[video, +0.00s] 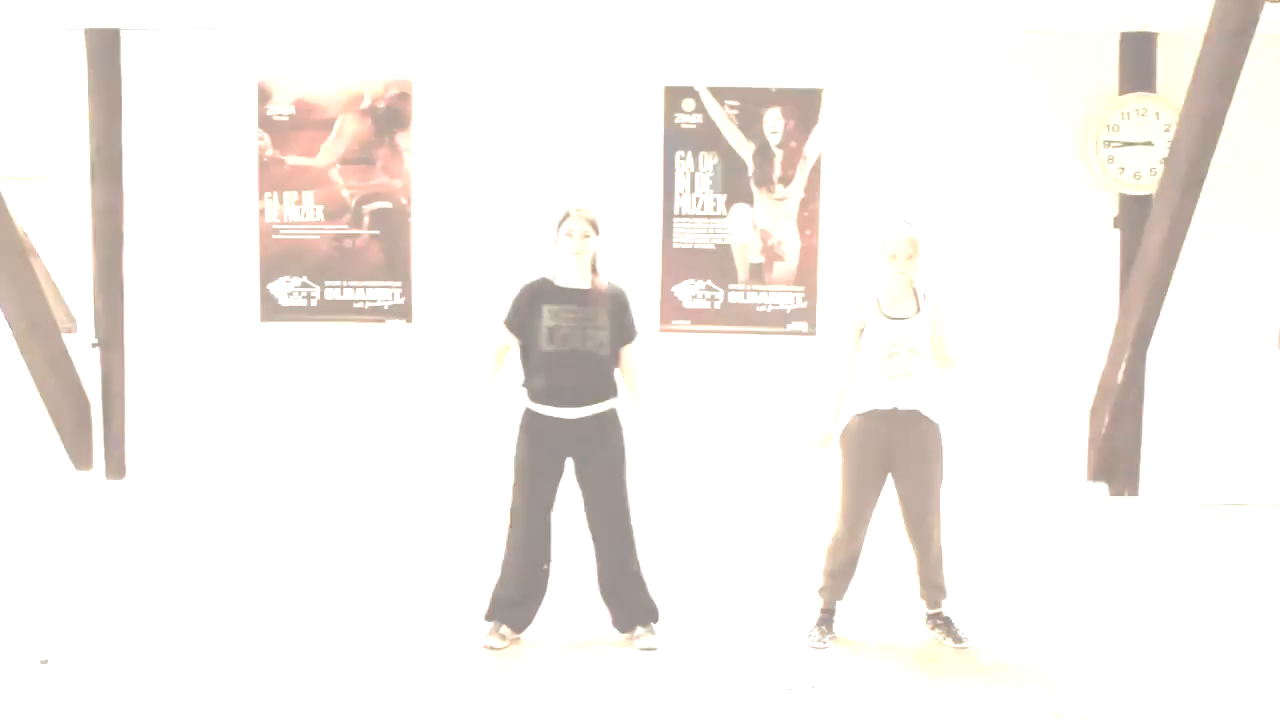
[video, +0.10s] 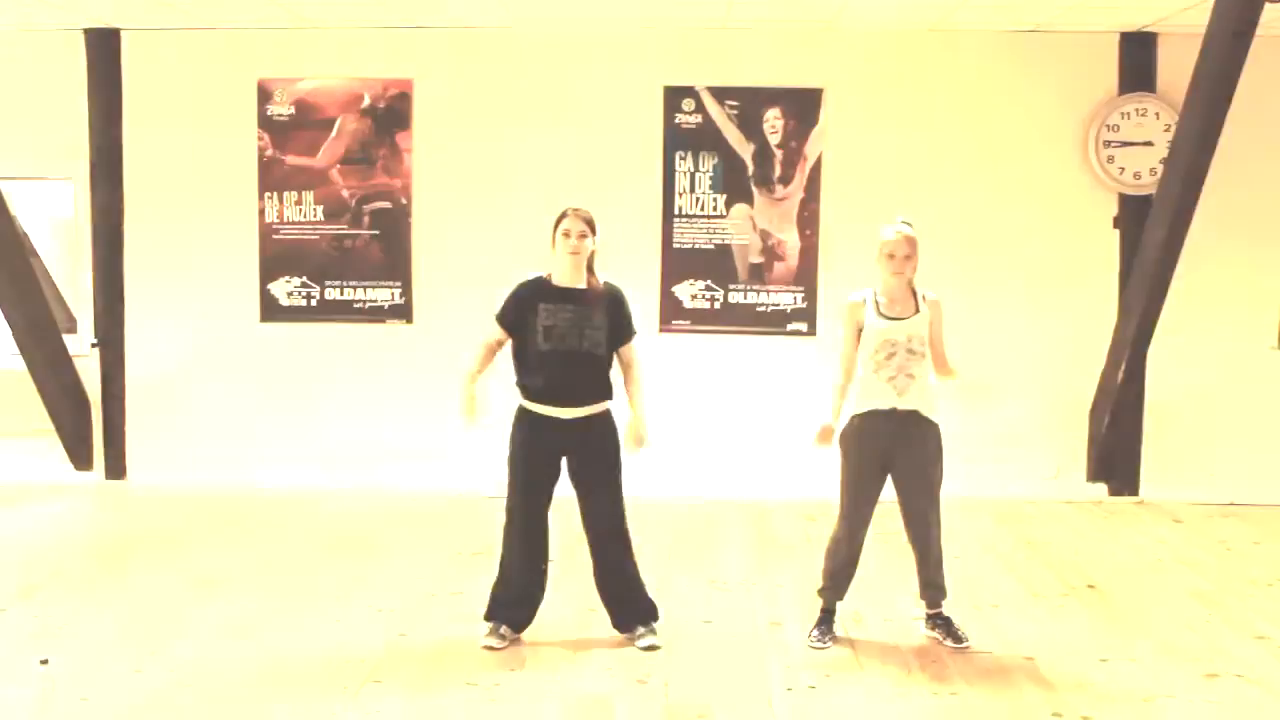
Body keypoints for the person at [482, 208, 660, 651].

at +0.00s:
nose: (577, 242)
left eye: (585, 235)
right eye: (569, 235)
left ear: (597, 244)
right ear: (556, 242)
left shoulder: (611, 297)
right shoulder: (534, 294)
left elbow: (627, 362)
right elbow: (502, 350)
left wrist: (642, 408)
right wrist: (488, 382)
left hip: (598, 423)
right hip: (542, 423)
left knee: (612, 520)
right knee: (527, 519)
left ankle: (635, 617)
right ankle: (508, 616)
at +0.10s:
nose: (574, 241)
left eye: (583, 235)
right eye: (567, 234)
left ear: (594, 244)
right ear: (553, 242)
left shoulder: (610, 299)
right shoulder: (529, 293)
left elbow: (628, 362)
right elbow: (493, 344)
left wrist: (636, 415)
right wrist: (469, 382)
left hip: (593, 425)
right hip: (536, 424)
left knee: (607, 523)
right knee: (523, 521)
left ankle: (634, 619)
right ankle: (506, 617)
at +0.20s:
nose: (573, 240)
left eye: (581, 235)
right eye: (565, 234)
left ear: (592, 246)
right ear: (551, 242)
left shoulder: (608, 298)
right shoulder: (528, 295)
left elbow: (633, 357)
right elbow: (500, 351)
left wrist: (619, 397)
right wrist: (454, 386)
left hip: (588, 429)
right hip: (531, 426)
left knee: (605, 525)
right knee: (520, 524)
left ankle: (637, 619)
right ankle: (505, 619)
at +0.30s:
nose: (573, 243)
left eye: (581, 237)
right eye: (565, 237)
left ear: (592, 246)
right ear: (551, 244)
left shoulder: (610, 298)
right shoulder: (530, 300)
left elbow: (619, 356)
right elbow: (508, 364)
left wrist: (618, 355)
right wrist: (464, 409)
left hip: (584, 429)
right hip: (527, 426)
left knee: (603, 525)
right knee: (516, 523)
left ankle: (638, 619)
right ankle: (505, 618)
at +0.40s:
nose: (574, 244)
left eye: (582, 239)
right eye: (566, 238)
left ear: (593, 249)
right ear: (552, 246)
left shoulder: (611, 298)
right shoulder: (532, 300)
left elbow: (628, 358)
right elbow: (507, 359)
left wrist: (633, 359)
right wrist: (507, 391)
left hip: (587, 427)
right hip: (531, 423)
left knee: (605, 525)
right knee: (515, 522)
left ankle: (640, 619)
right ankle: (505, 619)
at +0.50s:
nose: (578, 244)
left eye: (586, 239)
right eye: (569, 238)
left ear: (597, 249)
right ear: (556, 246)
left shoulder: (619, 300)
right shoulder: (532, 300)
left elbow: (664, 346)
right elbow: (489, 336)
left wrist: (641, 390)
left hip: (599, 430)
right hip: (543, 428)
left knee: (611, 527)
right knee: (520, 523)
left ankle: (643, 620)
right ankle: (505, 620)